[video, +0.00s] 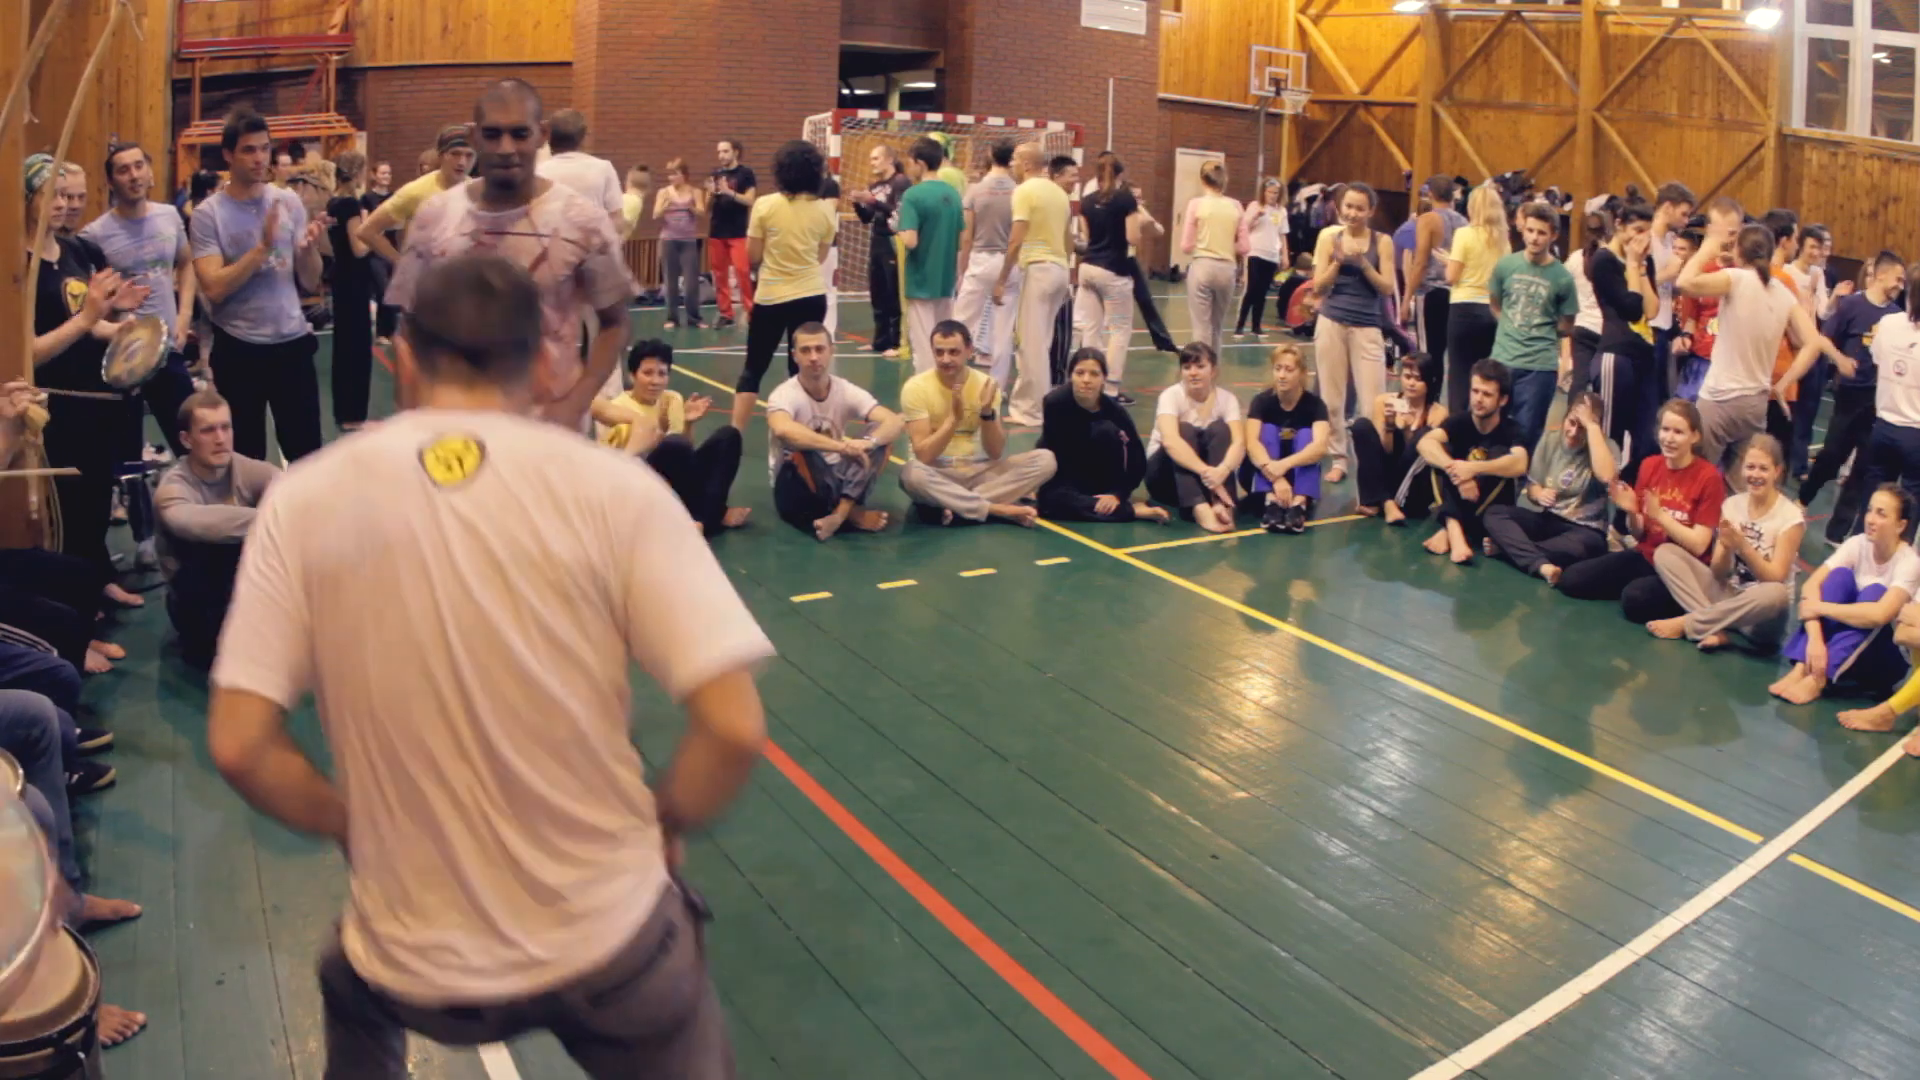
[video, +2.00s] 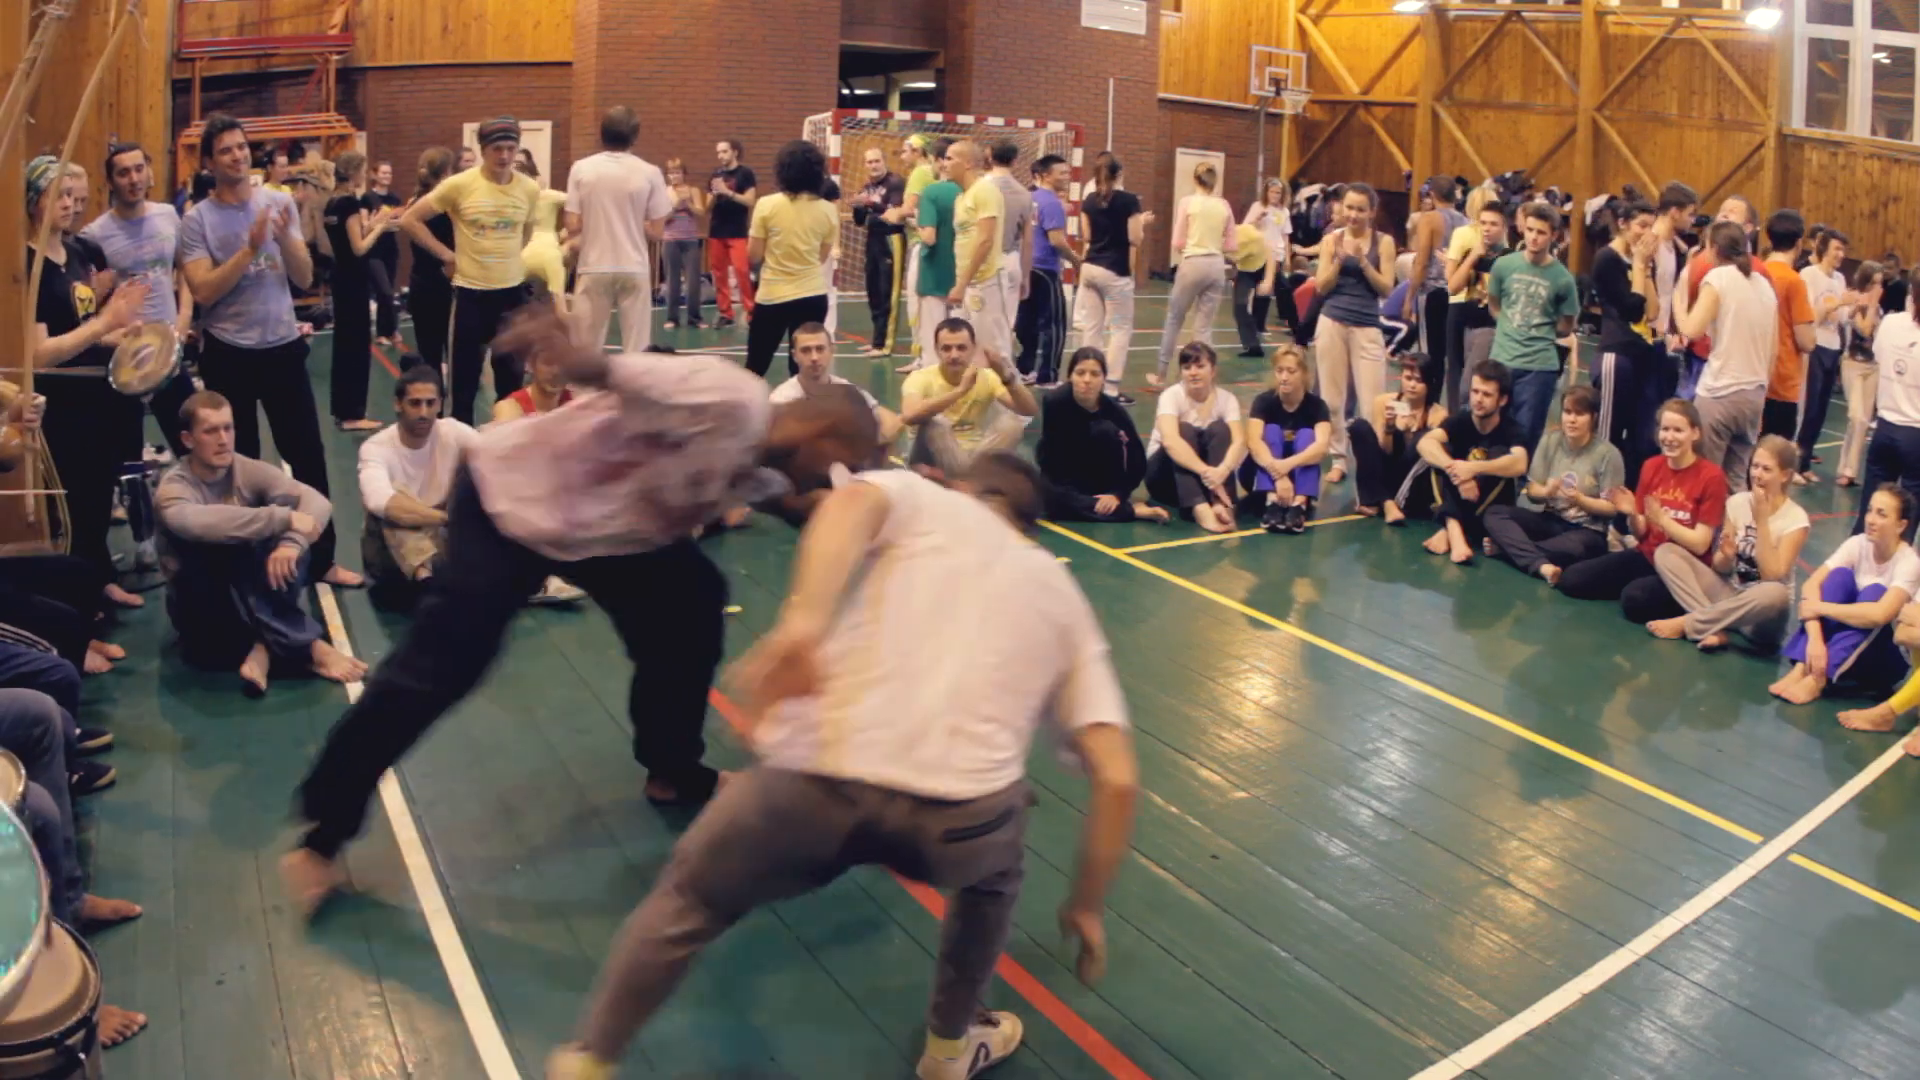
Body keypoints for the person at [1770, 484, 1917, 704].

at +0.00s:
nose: (1870, 519)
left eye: (1881, 514)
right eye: (1869, 511)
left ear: (1901, 526)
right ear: (1864, 513)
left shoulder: (1910, 562)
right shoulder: (1857, 544)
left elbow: (1880, 616)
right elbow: (1810, 586)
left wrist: (1818, 607)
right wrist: (1815, 641)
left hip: (1881, 667)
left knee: (1875, 592)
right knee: (1840, 577)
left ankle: (1817, 678)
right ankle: (1800, 668)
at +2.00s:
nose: (1870, 519)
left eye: (1881, 514)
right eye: (1869, 511)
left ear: (1901, 526)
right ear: (1864, 513)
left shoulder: (1909, 562)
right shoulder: (1857, 544)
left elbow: (1880, 615)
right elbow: (1810, 585)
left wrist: (1818, 607)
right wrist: (1815, 641)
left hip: (1881, 667)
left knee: (1874, 592)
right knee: (1840, 576)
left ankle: (1817, 678)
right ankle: (1800, 667)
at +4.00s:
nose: (1881, 516)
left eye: (1892, 512)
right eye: (1880, 507)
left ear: (1909, 524)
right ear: (1874, 510)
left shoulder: (1912, 559)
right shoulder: (1857, 543)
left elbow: (1886, 609)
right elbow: (1820, 588)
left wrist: (1828, 604)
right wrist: (1820, 639)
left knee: (1877, 586)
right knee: (1844, 571)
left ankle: (1828, 671)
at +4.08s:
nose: (1876, 511)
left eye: (1887, 507)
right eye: (1878, 504)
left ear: (1907, 524)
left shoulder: (1913, 558)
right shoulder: (1862, 541)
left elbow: (1885, 609)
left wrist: (1823, 603)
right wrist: (1823, 646)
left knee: (1879, 587)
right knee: (1847, 577)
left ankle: (1828, 672)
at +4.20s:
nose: (1873, 505)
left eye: (1883, 502)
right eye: (1878, 499)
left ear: (1900, 520)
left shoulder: (1912, 556)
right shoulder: (1862, 540)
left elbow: (1887, 608)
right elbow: (1822, 584)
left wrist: (1834, 606)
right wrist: (1822, 638)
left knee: (1878, 587)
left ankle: (1829, 666)